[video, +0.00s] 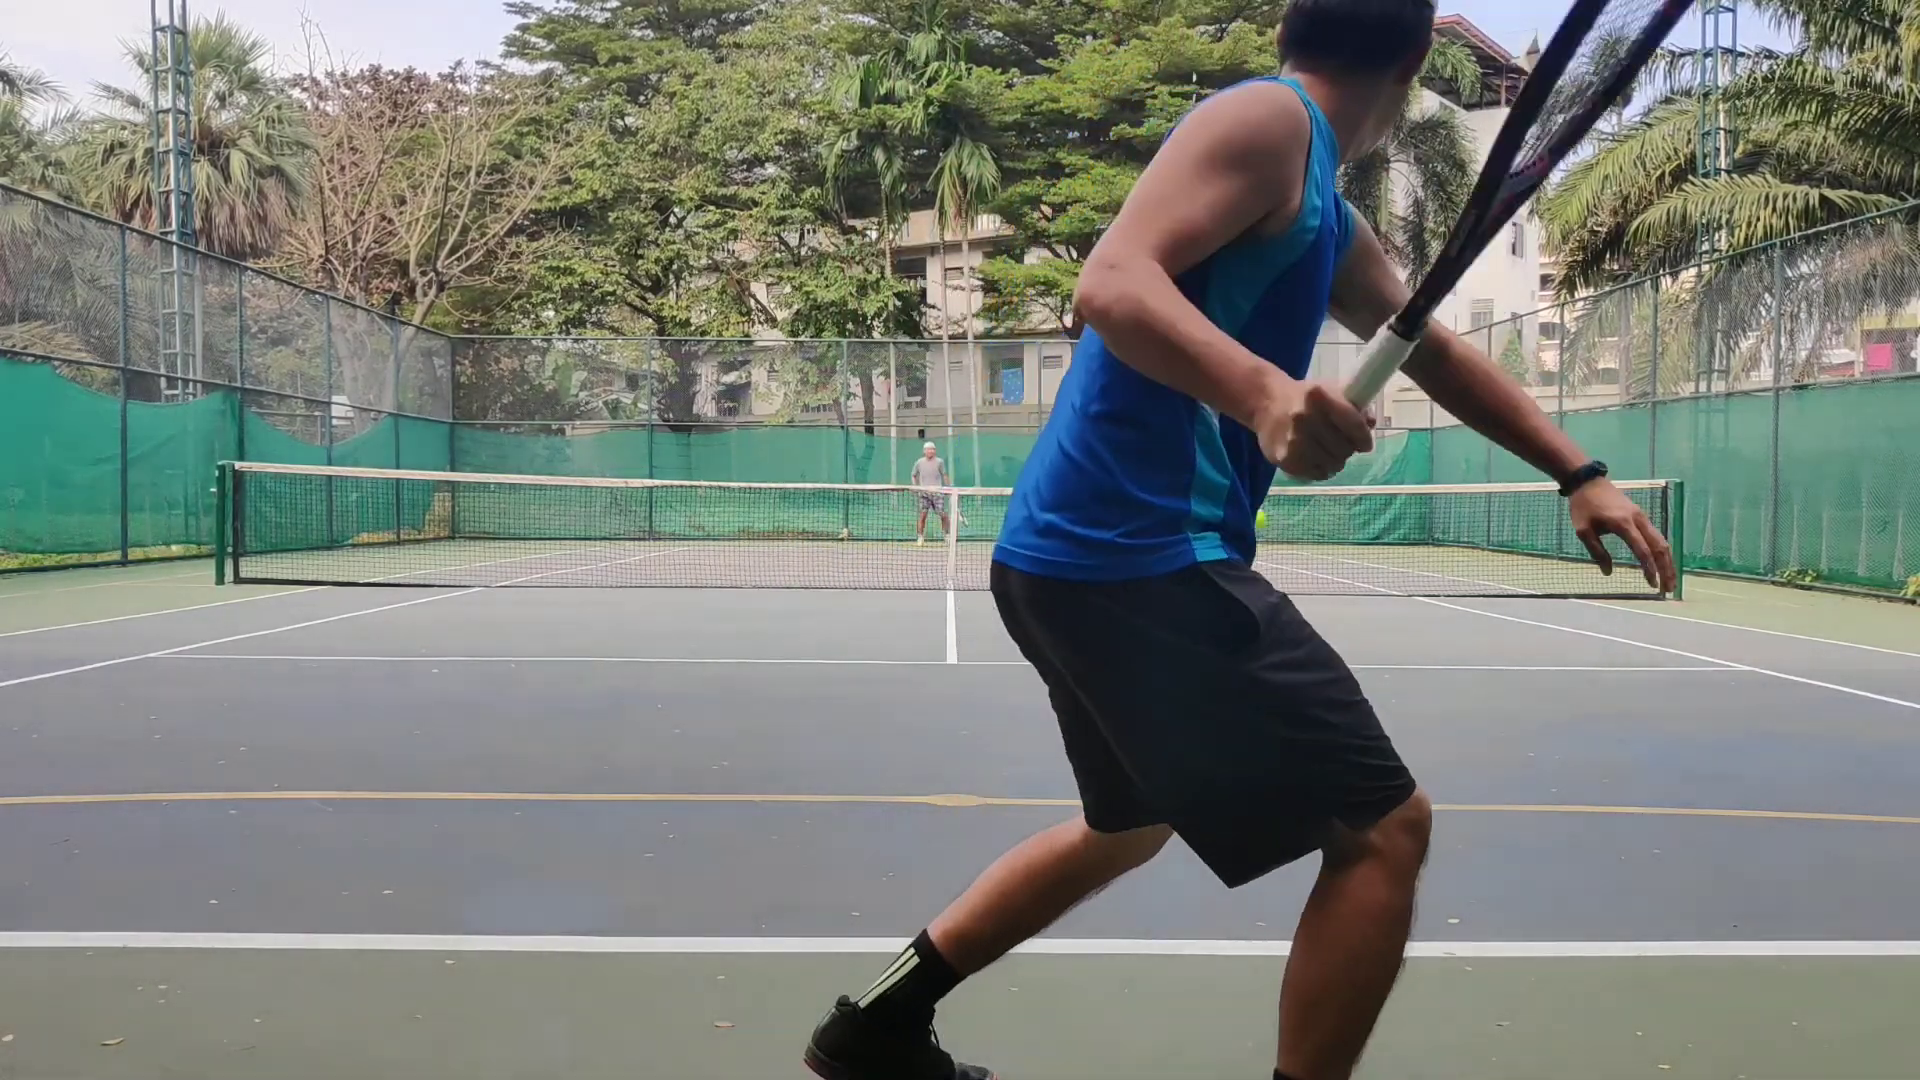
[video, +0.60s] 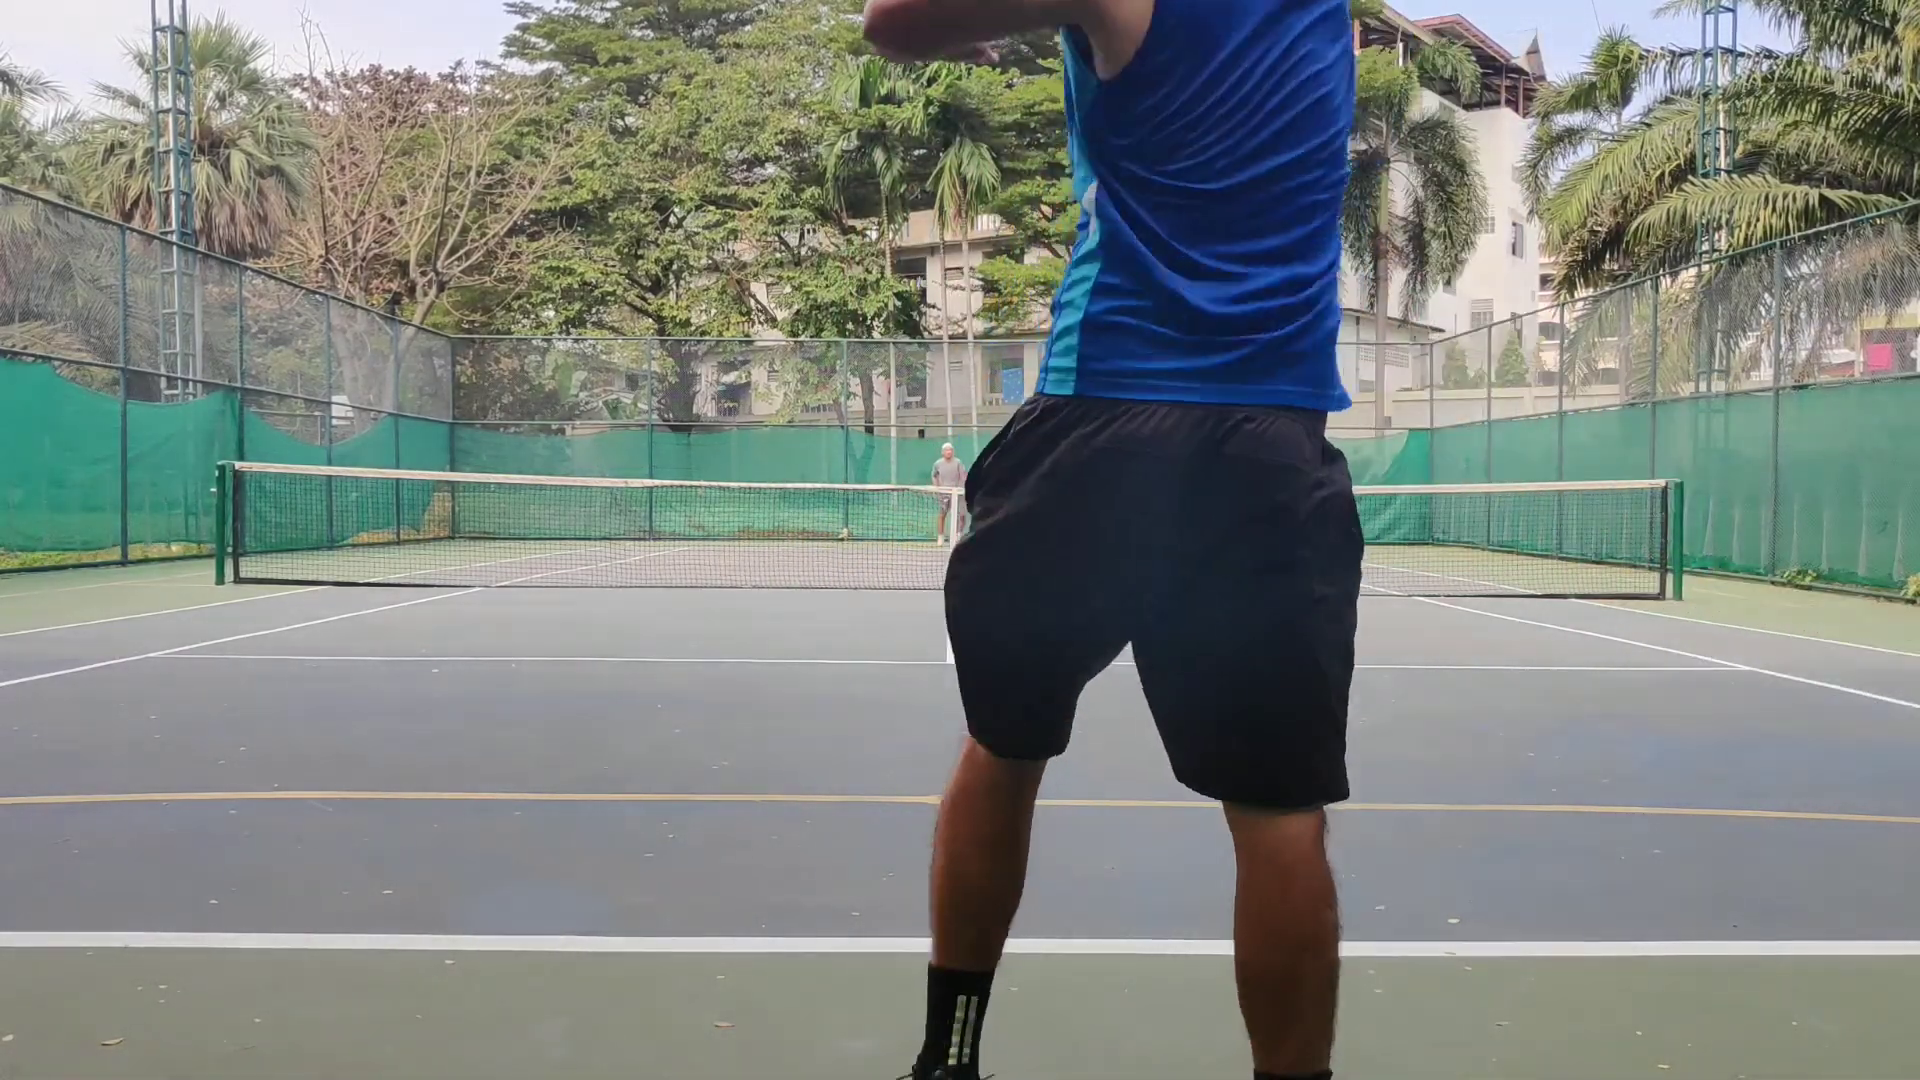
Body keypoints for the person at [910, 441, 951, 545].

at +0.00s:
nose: (931, 452)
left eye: (932, 449)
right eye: (928, 449)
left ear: (935, 451)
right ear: (924, 451)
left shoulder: (939, 462)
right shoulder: (919, 462)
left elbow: (944, 475)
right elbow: (914, 475)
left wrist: (948, 487)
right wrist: (915, 486)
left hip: (937, 490)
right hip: (924, 490)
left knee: (942, 514)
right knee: (923, 514)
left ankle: (946, 534)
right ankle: (920, 536)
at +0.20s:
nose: (939, 453)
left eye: (941, 451)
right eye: (937, 451)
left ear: (943, 452)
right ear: (933, 453)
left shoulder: (948, 464)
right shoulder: (928, 464)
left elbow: (951, 477)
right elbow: (924, 477)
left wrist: (951, 488)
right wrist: (925, 488)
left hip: (945, 491)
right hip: (932, 491)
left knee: (949, 515)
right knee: (928, 514)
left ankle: (950, 534)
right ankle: (921, 534)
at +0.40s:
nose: (946, 451)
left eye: (948, 449)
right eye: (944, 449)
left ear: (950, 450)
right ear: (940, 451)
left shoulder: (955, 461)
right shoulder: (935, 462)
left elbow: (959, 474)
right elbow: (933, 475)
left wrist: (957, 485)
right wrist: (934, 486)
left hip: (952, 490)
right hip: (939, 490)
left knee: (954, 513)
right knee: (937, 512)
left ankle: (954, 534)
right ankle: (934, 534)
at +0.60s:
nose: (948, 452)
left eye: (950, 450)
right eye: (946, 450)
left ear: (953, 452)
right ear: (942, 452)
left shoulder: (958, 463)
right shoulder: (938, 464)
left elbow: (963, 475)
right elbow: (934, 476)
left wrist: (961, 486)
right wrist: (937, 486)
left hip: (957, 490)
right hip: (943, 490)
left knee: (960, 513)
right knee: (942, 513)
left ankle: (958, 533)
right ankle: (940, 535)